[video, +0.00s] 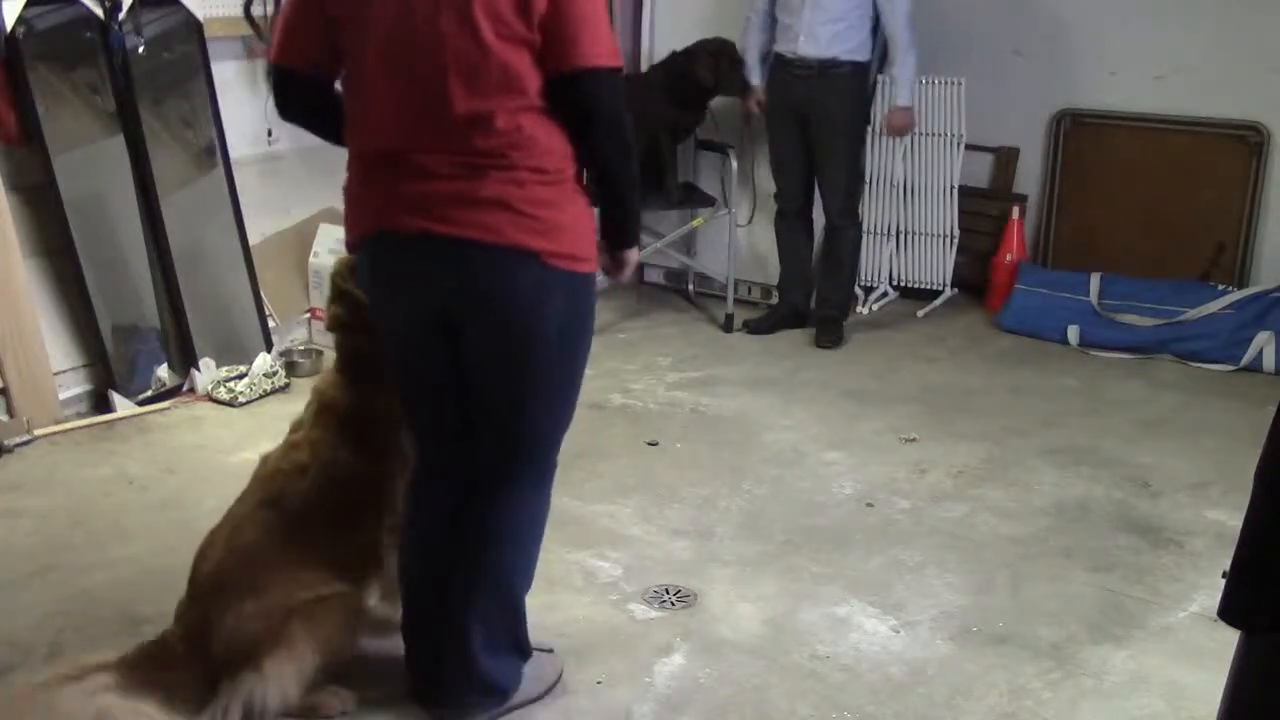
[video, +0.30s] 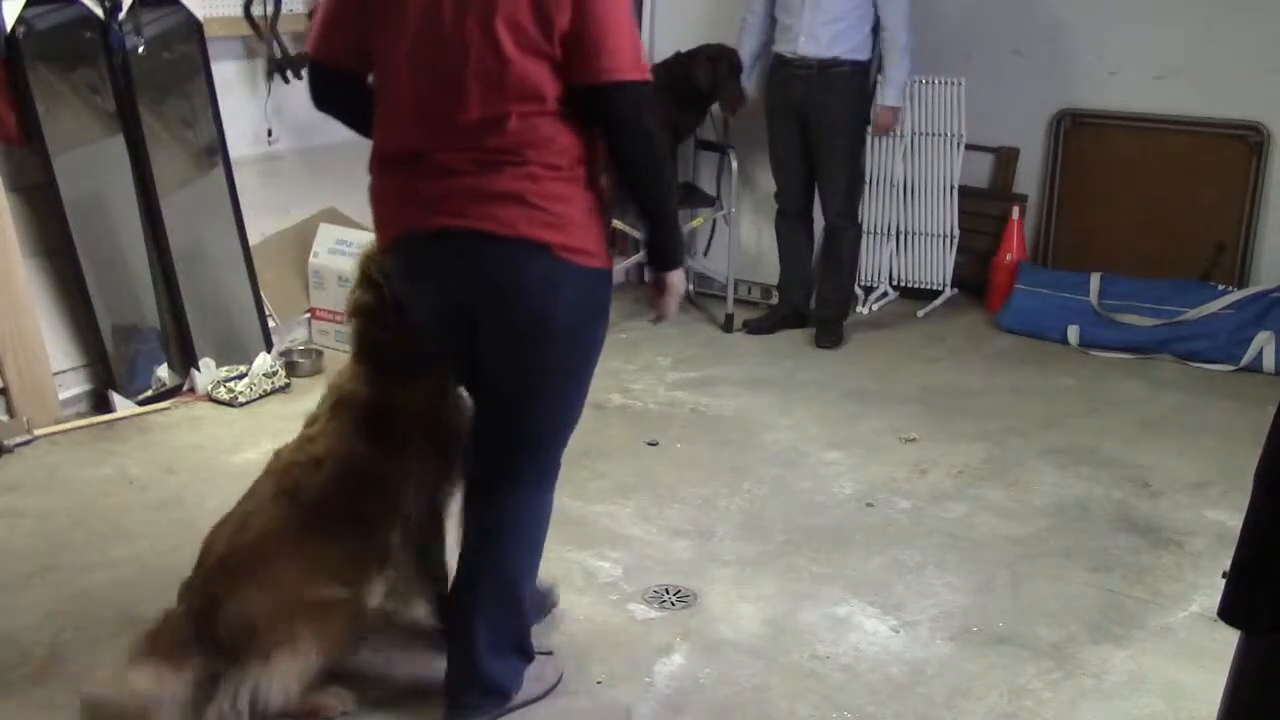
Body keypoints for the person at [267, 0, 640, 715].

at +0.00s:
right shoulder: (551, 0)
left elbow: (295, 87)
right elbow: (590, 93)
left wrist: (387, 134)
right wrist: (623, 223)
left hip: (395, 238)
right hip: (523, 238)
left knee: (437, 459)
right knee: (516, 467)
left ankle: (434, 666)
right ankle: (483, 671)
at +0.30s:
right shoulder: (578, 2)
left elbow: (330, 83)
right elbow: (620, 103)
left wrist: (421, 132)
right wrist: (667, 250)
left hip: (417, 230)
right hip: (540, 235)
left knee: (487, 433)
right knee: (519, 473)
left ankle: (496, 594)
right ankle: (486, 679)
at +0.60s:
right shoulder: (624, 0)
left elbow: (397, 84)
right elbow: (675, 106)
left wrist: (486, 129)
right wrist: (723, 215)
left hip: (471, 218)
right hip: (579, 229)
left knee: (538, 404)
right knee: (534, 452)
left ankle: (551, 552)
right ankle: (485, 672)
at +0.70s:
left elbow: (420, 74)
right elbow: (681, 91)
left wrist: (504, 121)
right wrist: (724, 204)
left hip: (492, 200)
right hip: (595, 213)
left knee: (527, 391)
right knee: (578, 418)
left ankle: (541, 540)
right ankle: (499, 628)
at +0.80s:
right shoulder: (649, 1)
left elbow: (443, 61)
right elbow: (679, 79)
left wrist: (525, 110)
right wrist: (726, 201)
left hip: (510, 187)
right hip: (614, 198)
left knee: (557, 377)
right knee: (637, 393)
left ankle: (543, 547)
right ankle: (541, 558)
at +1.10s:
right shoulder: (720, 2)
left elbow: (536, 56)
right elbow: (727, 78)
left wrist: (607, 101)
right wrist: (773, 204)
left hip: (592, 177)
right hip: (688, 187)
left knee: (600, 364)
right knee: (729, 349)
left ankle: (546, 551)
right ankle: (740, 493)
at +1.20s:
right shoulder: (759, 4)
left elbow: (580, 56)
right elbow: (766, 80)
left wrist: (642, 119)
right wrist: (814, 204)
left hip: (631, 177)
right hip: (728, 188)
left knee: (637, 358)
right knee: (748, 348)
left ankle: (557, 528)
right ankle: (740, 495)